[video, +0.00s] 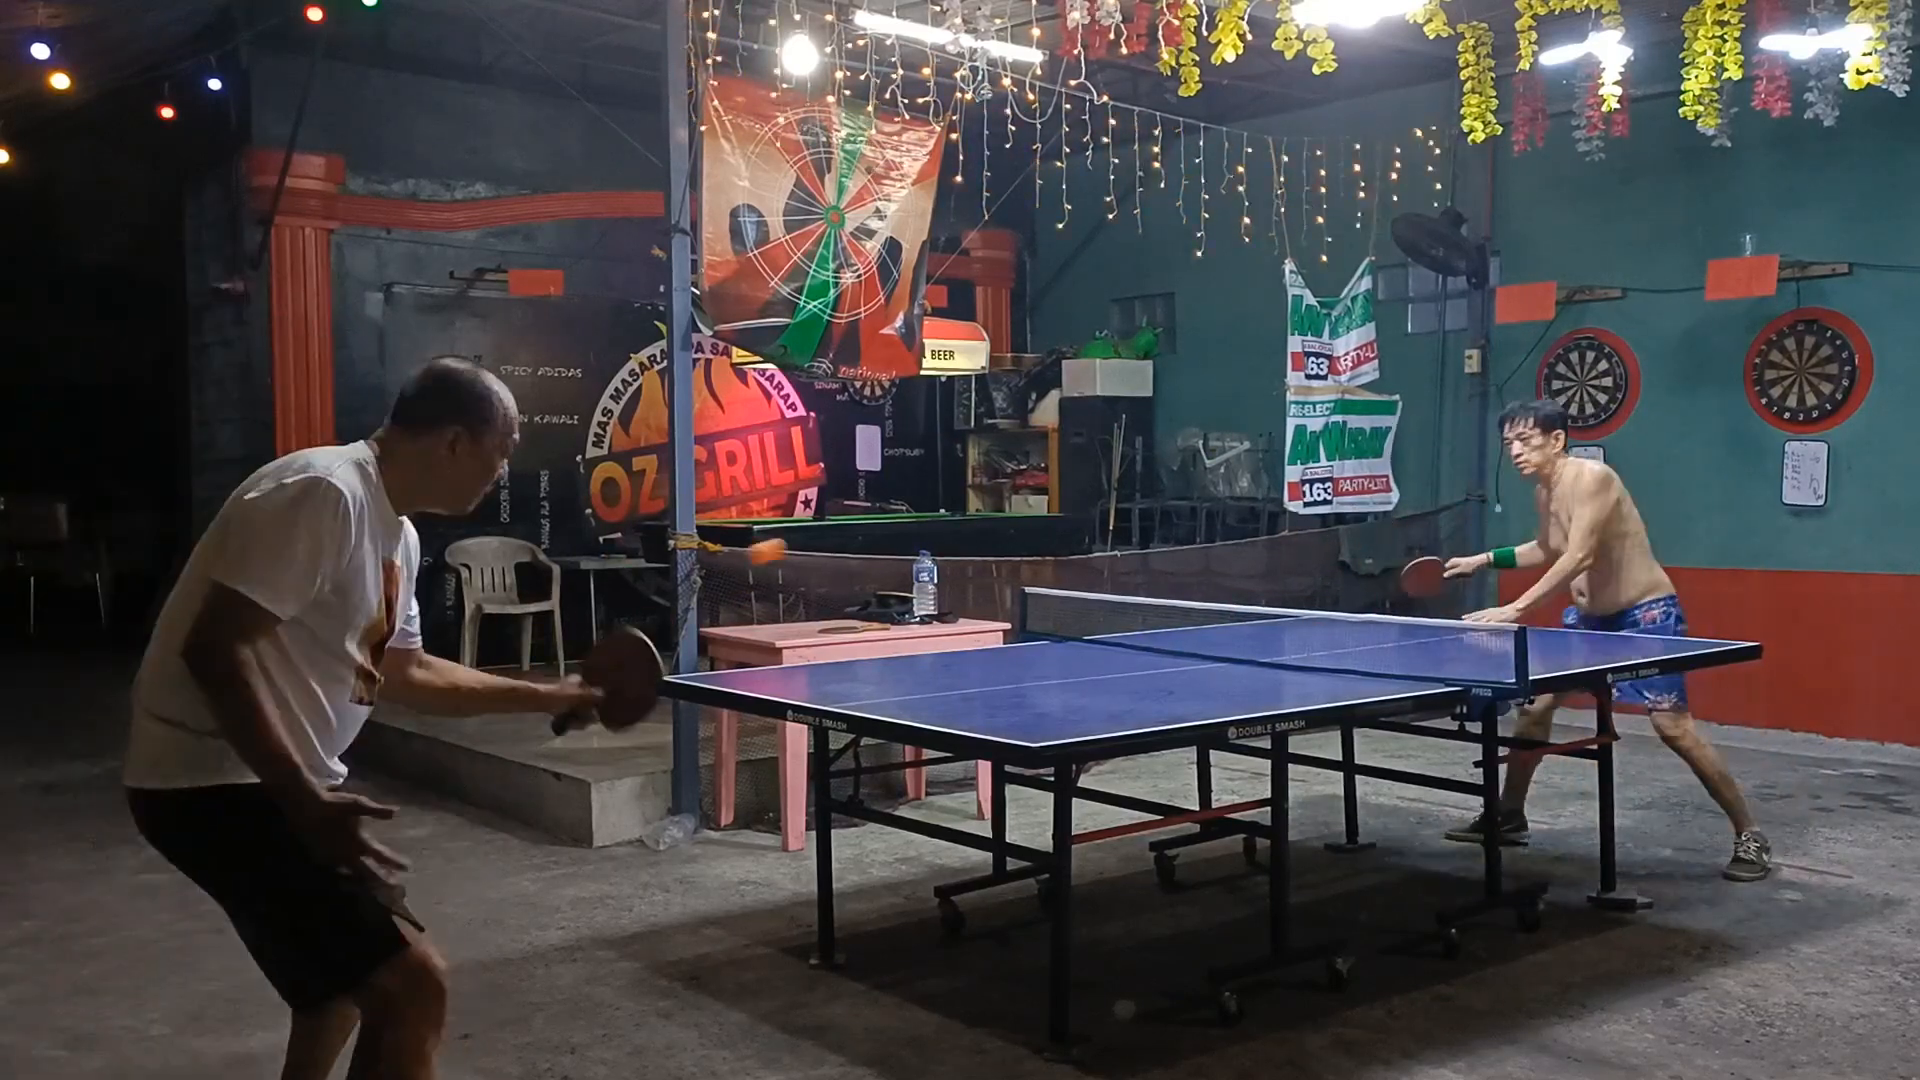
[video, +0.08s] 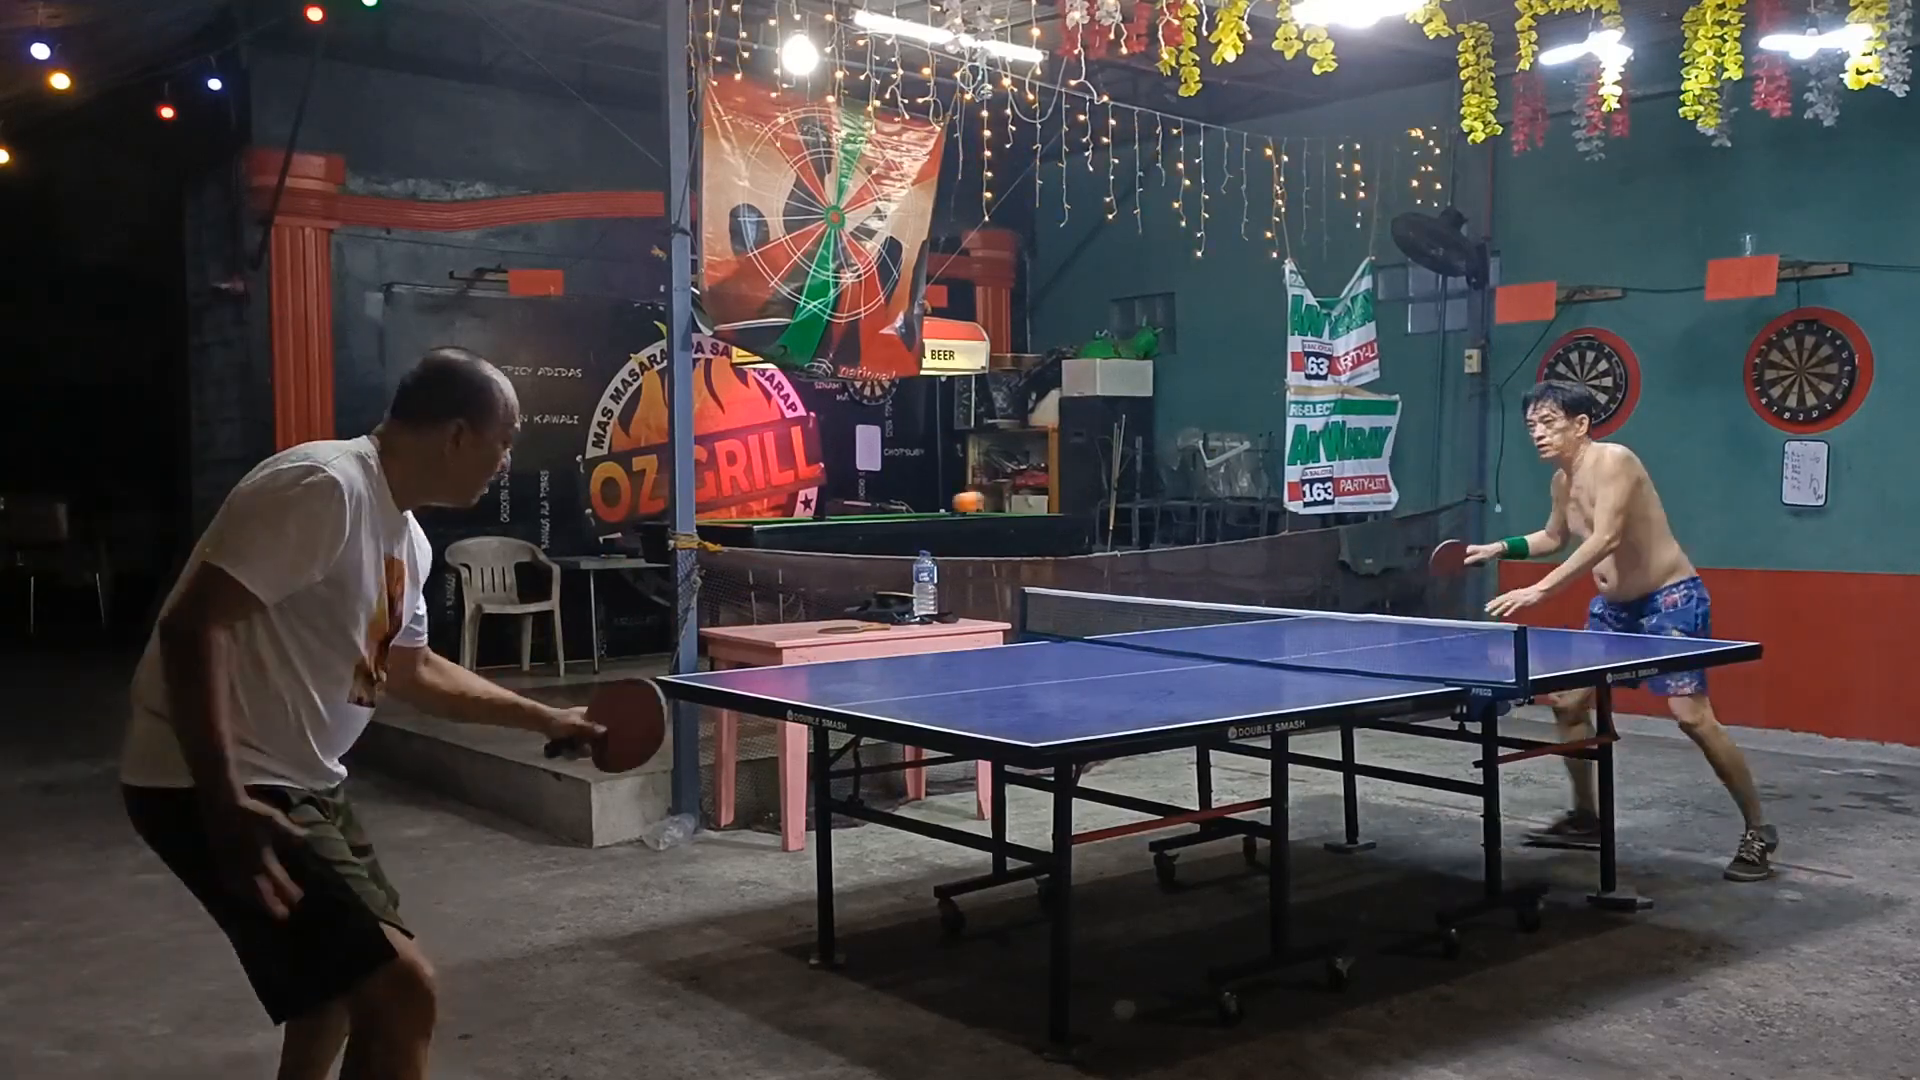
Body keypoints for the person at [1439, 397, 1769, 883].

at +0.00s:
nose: (1514, 451)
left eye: (1523, 440)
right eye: (1509, 443)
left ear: (1556, 439)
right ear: (1508, 447)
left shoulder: (1591, 478)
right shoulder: (1546, 490)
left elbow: (1580, 555)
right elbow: (1548, 550)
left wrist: (1515, 609)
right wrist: (1483, 560)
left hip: (1647, 618)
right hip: (1589, 619)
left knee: (1673, 728)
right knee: (1534, 704)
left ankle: (1749, 835)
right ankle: (1509, 813)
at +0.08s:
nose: (1536, 433)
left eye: (1546, 423)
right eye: (1531, 426)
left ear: (1580, 423)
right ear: (1533, 432)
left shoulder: (1614, 461)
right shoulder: (1562, 479)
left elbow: (1605, 538)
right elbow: (1554, 537)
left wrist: (1540, 589)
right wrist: (1501, 549)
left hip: (1671, 604)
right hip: (1613, 610)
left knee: (1692, 715)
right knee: (1567, 703)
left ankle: (1759, 830)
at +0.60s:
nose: (1566, 476)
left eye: (1569, 464)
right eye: (1562, 467)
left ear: (1599, 454)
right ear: (1609, 458)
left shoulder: (1613, 478)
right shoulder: (1650, 487)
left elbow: (1587, 524)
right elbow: (1646, 556)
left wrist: (1518, 578)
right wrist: (1594, 562)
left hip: (1675, 627)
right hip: (1674, 626)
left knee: (1694, 746)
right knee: (1596, 699)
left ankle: (1806, 837)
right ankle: (1580, 810)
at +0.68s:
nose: (1551, 492)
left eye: (1553, 479)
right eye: (1549, 482)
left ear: (1581, 469)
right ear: (1590, 471)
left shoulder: (1599, 486)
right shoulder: (1646, 501)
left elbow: (1590, 507)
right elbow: (1658, 578)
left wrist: (1547, 555)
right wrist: (1608, 582)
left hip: (1665, 626)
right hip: (1679, 625)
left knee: (1682, 745)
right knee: (1581, 701)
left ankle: (1803, 836)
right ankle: (1577, 811)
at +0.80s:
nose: (1537, 492)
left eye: (1538, 481)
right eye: (1534, 484)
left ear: (1563, 469)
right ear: (1563, 474)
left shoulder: (1590, 481)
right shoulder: (1588, 512)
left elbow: (1631, 493)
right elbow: (1602, 595)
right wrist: (1551, 587)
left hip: (1654, 615)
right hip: (1619, 625)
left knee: (1666, 733)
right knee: (1553, 702)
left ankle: (1783, 825)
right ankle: (1572, 811)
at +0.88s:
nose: (1539, 471)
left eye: (1543, 459)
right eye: (1536, 462)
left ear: (1571, 452)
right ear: (1566, 458)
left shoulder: (1605, 469)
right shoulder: (1576, 509)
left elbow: (1650, 482)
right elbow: (1538, 548)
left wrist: (1656, 527)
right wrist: (1492, 527)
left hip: (1656, 606)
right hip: (1609, 620)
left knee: (1652, 715)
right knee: (1552, 702)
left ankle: (1758, 814)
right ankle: (1572, 811)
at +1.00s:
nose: (1553, 427)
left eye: (1560, 416)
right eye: (1550, 419)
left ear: (1592, 413)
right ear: (1557, 423)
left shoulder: (1636, 445)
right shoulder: (1566, 465)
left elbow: (1705, 460)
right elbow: (1518, 484)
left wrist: (1683, 513)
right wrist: (1477, 499)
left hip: (1664, 587)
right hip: (1615, 597)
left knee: (1665, 692)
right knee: (1577, 696)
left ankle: (1751, 798)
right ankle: (1574, 808)